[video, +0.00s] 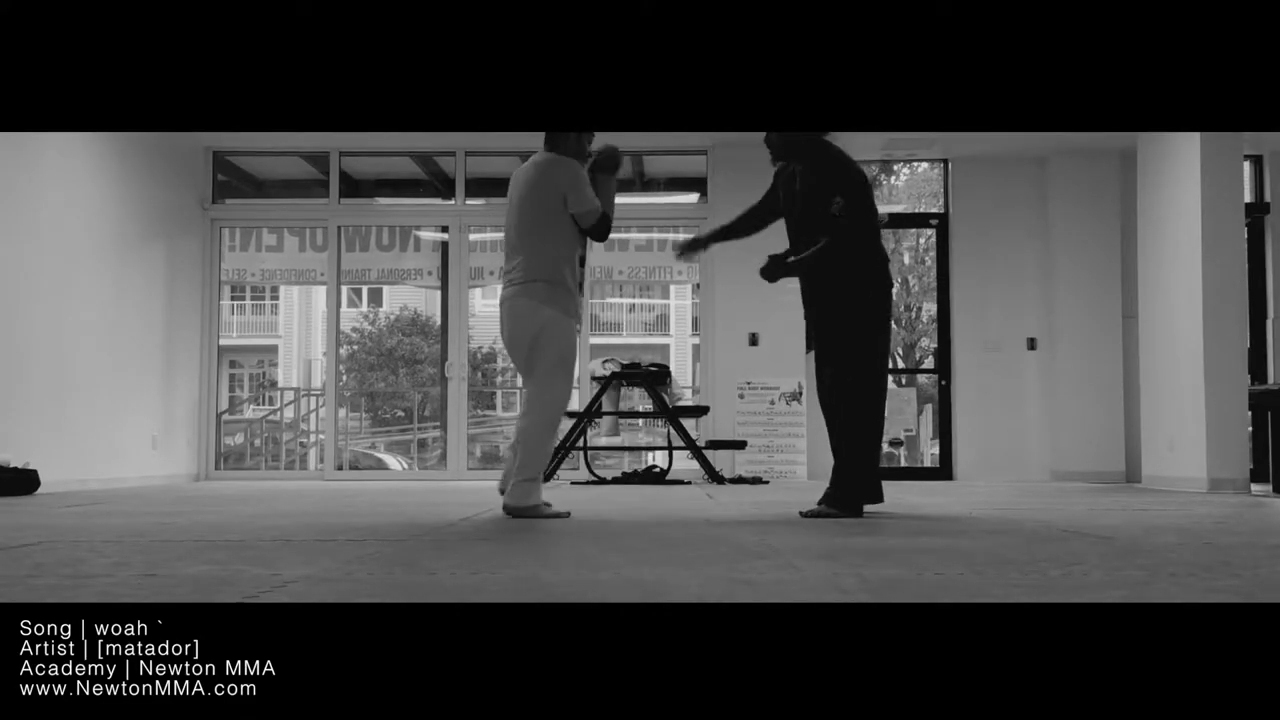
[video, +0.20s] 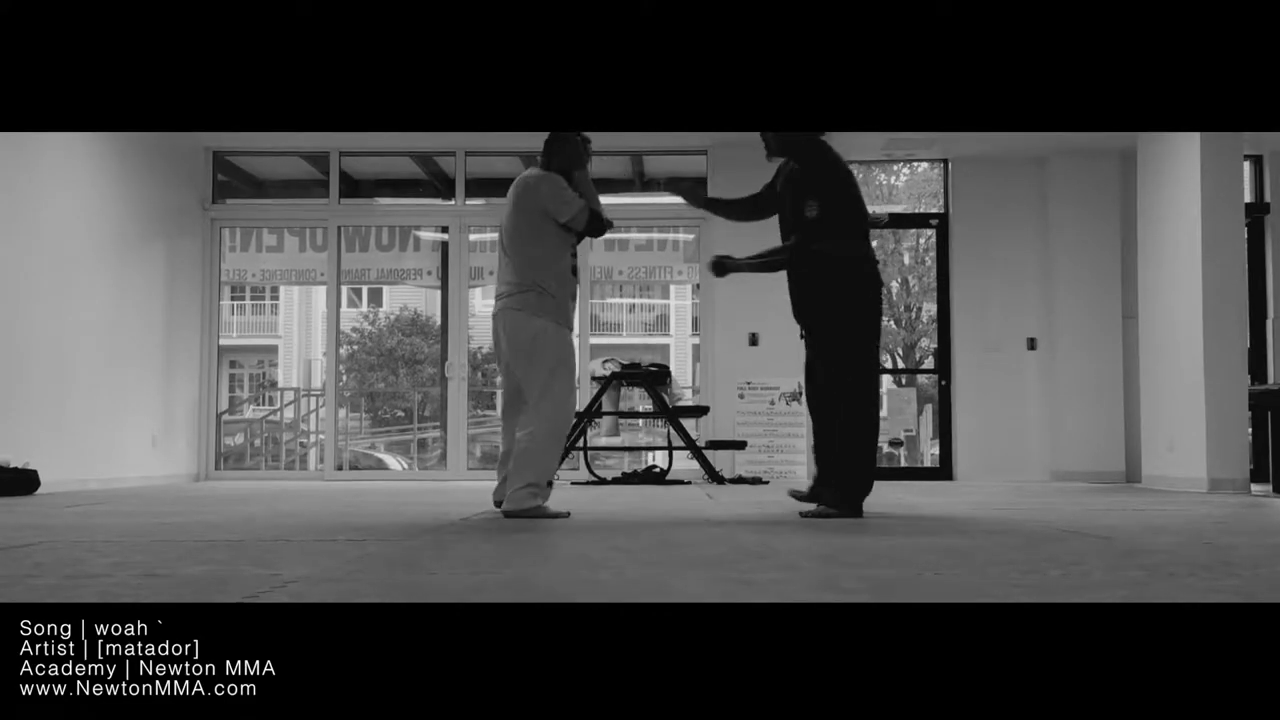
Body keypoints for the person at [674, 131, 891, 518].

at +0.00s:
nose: (767, 145)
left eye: (772, 138)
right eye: (767, 139)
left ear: (794, 137)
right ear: (787, 141)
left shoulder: (836, 169)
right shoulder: (790, 173)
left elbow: (841, 243)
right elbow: (759, 215)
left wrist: (790, 265)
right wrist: (708, 238)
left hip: (858, 298)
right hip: (827, 299)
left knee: (852, 391)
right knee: (835, 392)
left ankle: (847, 496)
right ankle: (859, 487)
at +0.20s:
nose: (762, 139)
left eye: (766, 133)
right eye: (763, 134)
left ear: (787, 134)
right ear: (786, 136)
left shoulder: (819, 169)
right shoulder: (795, 169)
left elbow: (802, 250)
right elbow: (753, 208)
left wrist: (737, 264)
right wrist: (699, 199)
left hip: (847, 307)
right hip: (824, 308)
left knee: (848, 397)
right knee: (823, 396)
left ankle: (847, 499)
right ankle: (828, 487)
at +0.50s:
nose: (753, 141)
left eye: (760, 134)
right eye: (756, 134)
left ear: (780, 138)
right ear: (790, 139)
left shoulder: (788, 182)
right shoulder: (809, 176)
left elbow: (743, 241)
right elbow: (796, 236)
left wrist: (691, 222)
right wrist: (757, 222)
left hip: (815, 314)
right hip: (808, 313)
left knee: (827, 402)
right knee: (800, 402)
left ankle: (843, 500)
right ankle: (793, 493)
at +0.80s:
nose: (737, 151)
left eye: (744, 143)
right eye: (738, 144)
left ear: (765, 145)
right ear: (773, 147)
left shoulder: (774, 180)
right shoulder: (780, 182)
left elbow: (705, 197)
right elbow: (758, 258)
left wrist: (653, 183)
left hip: (798, 312)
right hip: (795, 311)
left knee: (792, 402)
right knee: (787, 403)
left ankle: (808, 488)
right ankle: (786, 490)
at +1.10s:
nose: (734, 153)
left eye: (739, 146)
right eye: (736, 147)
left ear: (757, 145)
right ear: (774, 143)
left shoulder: (777, 173)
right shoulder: (769, 187)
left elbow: (730, 161)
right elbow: (751, 266)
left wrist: (681, 144)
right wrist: (715, 247)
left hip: (784, 312)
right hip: (779, 313)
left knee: (771, 402)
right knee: (778, 402)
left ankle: (772, 495)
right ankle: (784, 492)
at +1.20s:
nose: (735, 160)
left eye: (737, 150)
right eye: (733, 154)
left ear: (752, 146)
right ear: (773, 144)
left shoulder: (773, 174)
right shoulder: (771, 182)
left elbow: (725, 145)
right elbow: (753, 266)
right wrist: (713, 249)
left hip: (783, 312)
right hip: (781, 311)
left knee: (772, 402)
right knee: (779, 403)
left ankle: (774, 495)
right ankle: (784, 493)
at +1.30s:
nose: (730, 162)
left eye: (732, 152)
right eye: (729, 155)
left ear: (745, 146)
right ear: (766, 143)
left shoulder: (769, 174)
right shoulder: (768, 181)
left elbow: (731, 157)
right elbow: (752, 267)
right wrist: (713, 249)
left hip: (786, 311)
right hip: (782, 310)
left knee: (776, 401)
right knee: (780, 401)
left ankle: (777, 495)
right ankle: (784, 493)